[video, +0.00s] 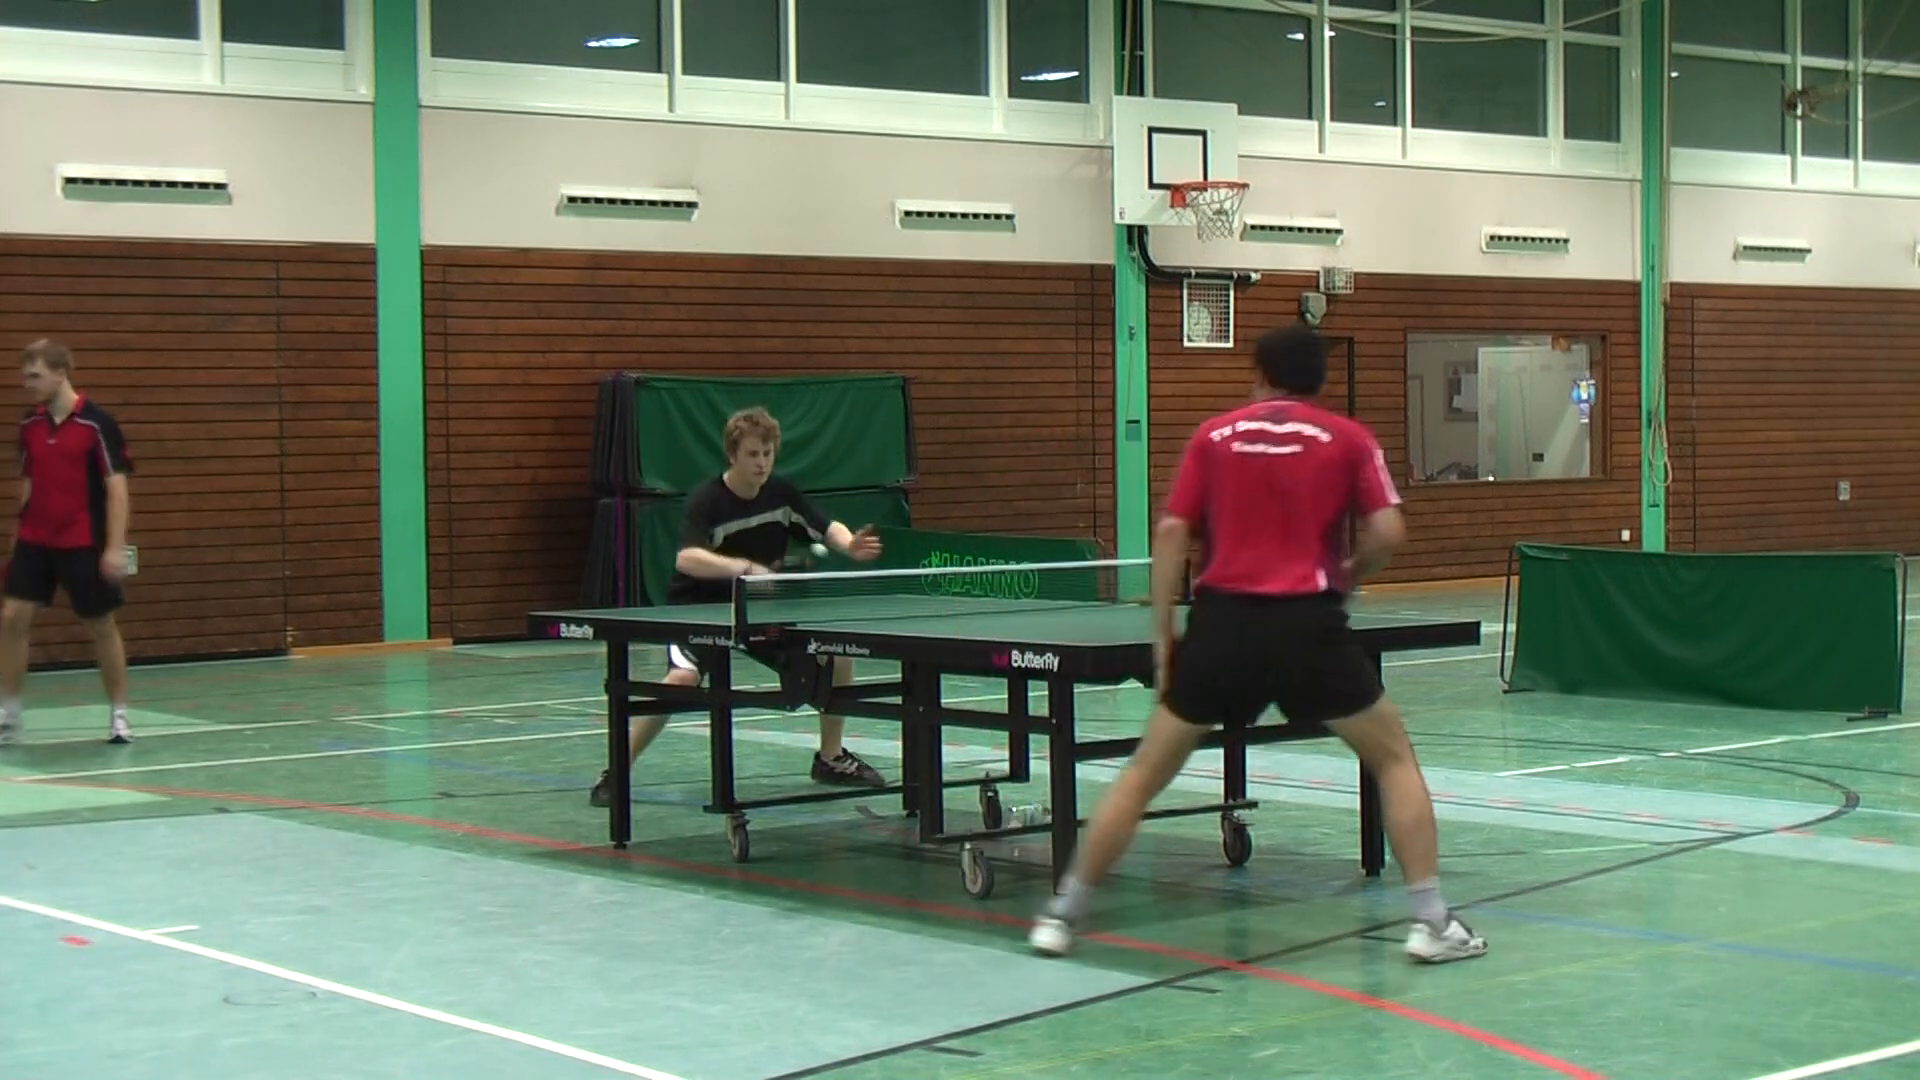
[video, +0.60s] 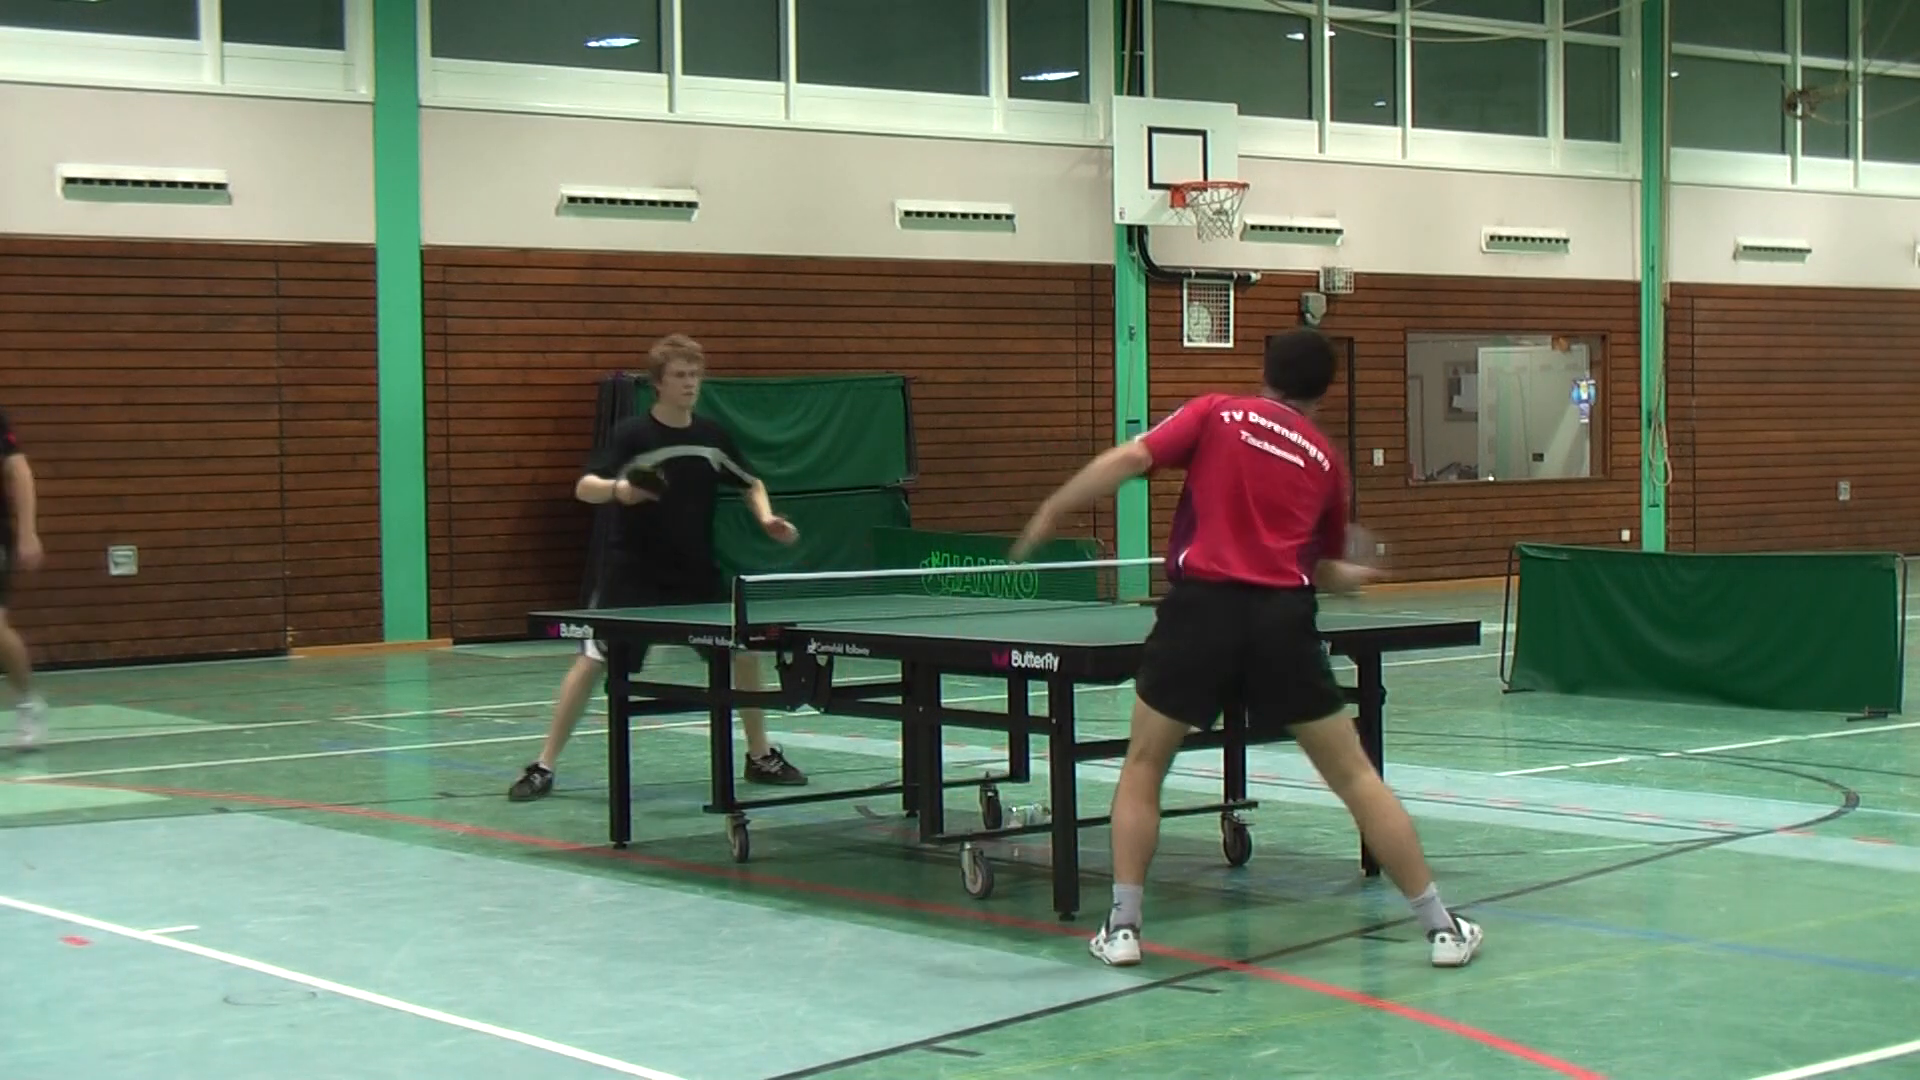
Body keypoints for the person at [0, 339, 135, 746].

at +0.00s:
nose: (27, 383)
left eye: (35, 376)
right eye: (26, 377)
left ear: (62, 374)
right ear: (30, 379)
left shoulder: (98, 423)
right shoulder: (31, 424)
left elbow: (118, 488)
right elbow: (28, 480)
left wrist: (116, 546)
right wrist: (21, 532)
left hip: (84, 547)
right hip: (34, 545)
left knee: (103, 628)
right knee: (12, 618)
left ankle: (119, 713)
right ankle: (9, 712)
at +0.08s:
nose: (17, 387)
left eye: (24, 379)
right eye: (15, 380)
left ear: (51, 376)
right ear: (23, 382)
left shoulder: (89, 423)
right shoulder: (24, 428)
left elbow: (104, 489)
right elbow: (20, 486)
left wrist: (86, 543)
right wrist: (6, 538)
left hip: (78, 548)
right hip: (29, 548)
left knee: (102, 629)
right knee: (7, 619)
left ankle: (118, 712)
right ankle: (1, 710)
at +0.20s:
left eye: (2, 388)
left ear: (24, 383)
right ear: (11, 386)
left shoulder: (67, 424)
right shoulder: (7, 433)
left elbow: (82, 484)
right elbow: (5, 491)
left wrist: (45, 533)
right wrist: (2, 531)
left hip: (67, 552)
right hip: (15, 552)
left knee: (95, 629)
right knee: (2, 624)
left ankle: (116, 710)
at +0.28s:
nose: (0, 406)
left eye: (1, 400)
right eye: (1, 400)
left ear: (6, 391)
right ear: (6, 392)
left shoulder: (47, 426)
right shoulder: (7, 434)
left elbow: (67, 484)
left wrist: (26, 531)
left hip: (51, 556)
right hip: (7, 558)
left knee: (85, 631)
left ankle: (115, 710)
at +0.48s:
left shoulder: (5, 421)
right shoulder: (8, 423)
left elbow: (31, 477)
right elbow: (32, 478)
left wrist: (21, 542)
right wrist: (21, 542)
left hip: (6, 551)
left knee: (34, 630)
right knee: (33, 629)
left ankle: (83, 694)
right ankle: (83, 694)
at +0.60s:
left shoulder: (1, 426)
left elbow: (18, 466)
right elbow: (18, 466)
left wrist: (26, 532)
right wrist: (26, 534)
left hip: (1, 545)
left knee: (1, 625)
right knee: (2, 626)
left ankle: (29, 701)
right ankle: (28, 700)